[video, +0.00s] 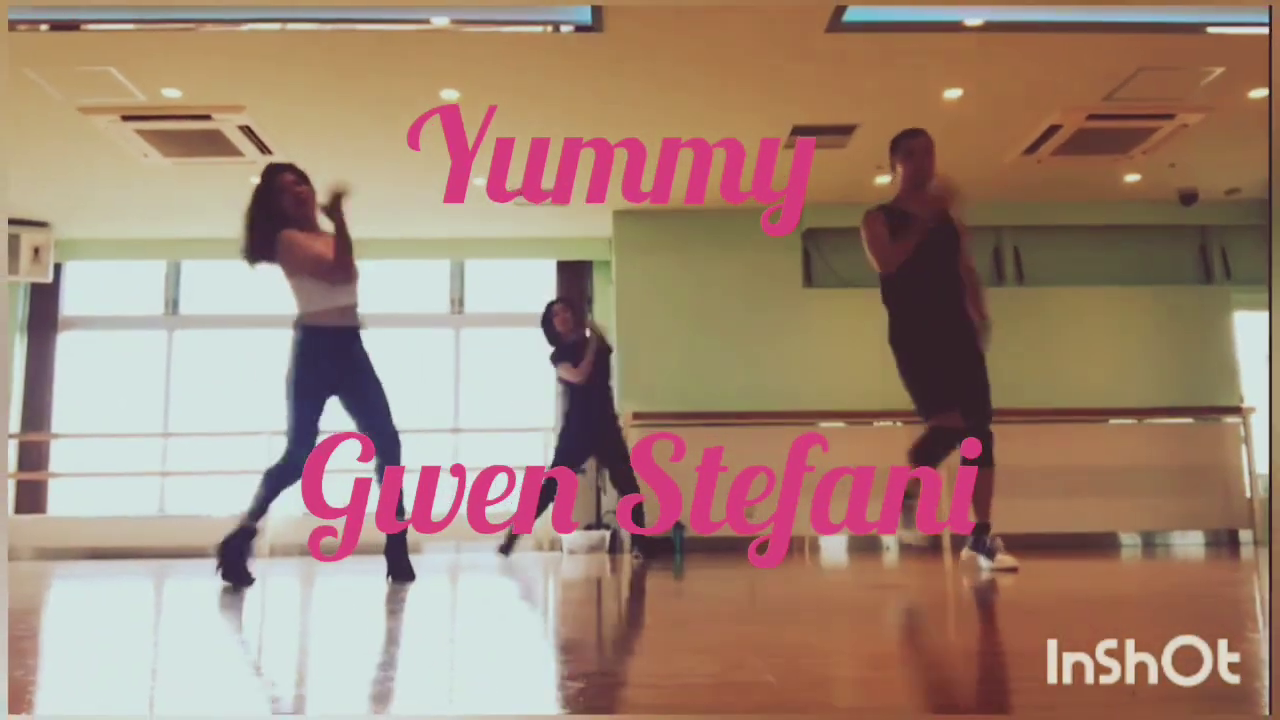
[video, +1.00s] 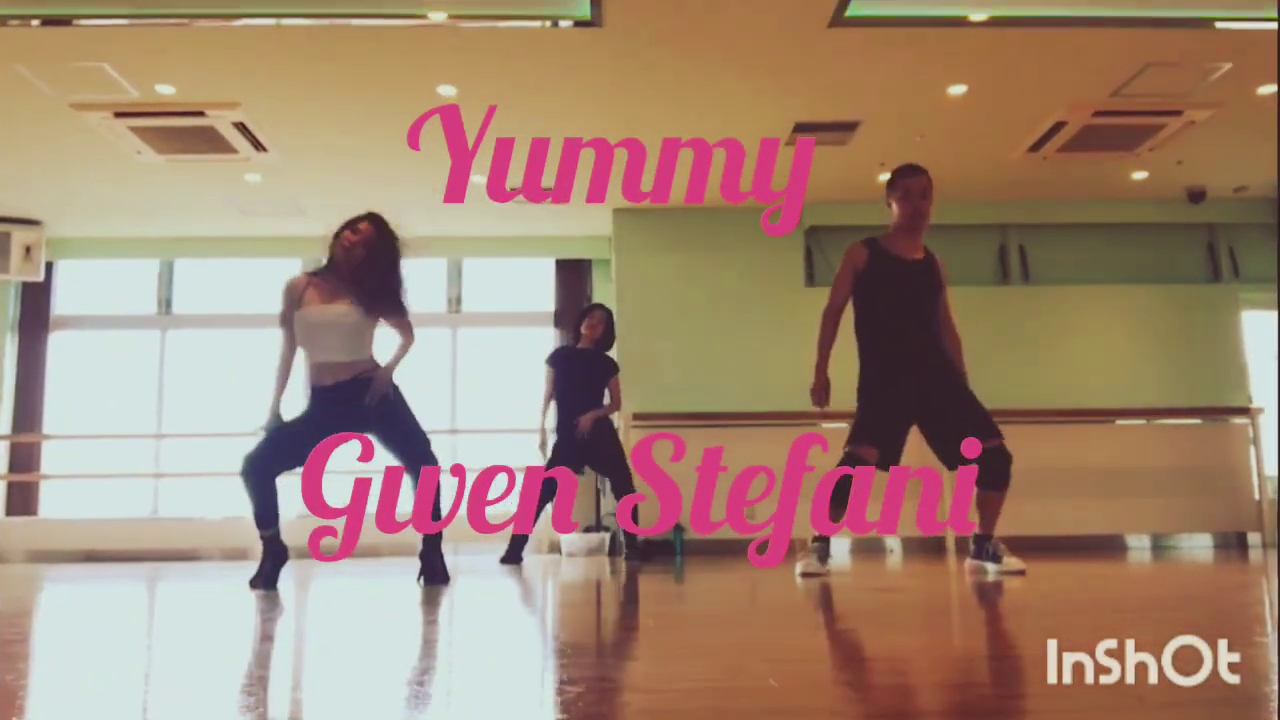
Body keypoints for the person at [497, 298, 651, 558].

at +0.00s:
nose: (564, 316)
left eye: (566, 310)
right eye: (557, 315)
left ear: (575, 314)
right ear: (551, 325)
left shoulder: (596, 344)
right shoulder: (559, 356)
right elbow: (579, 376)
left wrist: (595, 330)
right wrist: (594, 343)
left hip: (606, 425)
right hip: (578, 427)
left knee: (627, 483)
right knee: (552, 484)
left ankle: (639, 542)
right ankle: (514, 533)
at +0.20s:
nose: (584, 308)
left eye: (589, 304)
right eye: (579, 304)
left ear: (598, 309)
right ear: (572, 310)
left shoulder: (615, 337)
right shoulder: (570, 344)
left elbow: (642, 364)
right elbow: (572, 370)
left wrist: (635, 393)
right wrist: (575, 333)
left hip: (622, 414)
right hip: (594, 418)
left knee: (635, 474)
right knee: (609, 478)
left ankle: (641, 532)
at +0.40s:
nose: (598, 313)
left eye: (604, 310)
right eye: (594, 309)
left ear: (612, 316)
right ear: (587, 314)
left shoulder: (622, 347)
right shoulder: (576, 351)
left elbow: (645, 370)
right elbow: (566, 384)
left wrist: (665, 371)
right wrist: (562, 380)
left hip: (624, 421)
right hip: (594, 424)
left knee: (637, 477)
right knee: (597, 480)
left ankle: (642, 534)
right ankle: (600, 531)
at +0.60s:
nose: (595, 313)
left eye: (602, 310)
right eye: (593, 308)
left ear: (611, 318)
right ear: (586, 313)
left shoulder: (615, 347)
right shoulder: (572, 347)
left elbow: (613, 379)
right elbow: (562, 386)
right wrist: (550, 421)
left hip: (600, 425)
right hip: (570, 423)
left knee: (623, 481)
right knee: (547, 479)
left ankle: (639, 537)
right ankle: (521, 537)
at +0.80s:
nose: (589, 334)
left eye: (596, 332)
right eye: (587, 329)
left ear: (603, 340)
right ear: (579, 334)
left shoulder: (609, 373)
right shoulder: (563, 370)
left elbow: (613, 415)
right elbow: (545, 408)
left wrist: (588, 434)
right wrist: (531, 443)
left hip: (589, 444)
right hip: (558, 443)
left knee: (616, 496)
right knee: (530, 492)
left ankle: (631, 546)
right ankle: (514, 549)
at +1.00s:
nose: (592, 324)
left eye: (599, 323)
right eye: (589, 319)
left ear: (605, 331)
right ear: (581, 322)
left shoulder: (606, 363)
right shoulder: (560, 356)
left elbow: (616, 404)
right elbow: (548, 396)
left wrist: (593, 415)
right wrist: (542, 430)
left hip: (601, 436)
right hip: (568, 437)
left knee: (623, 485)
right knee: (543, 491)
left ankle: (632, 545)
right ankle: (515, 549)